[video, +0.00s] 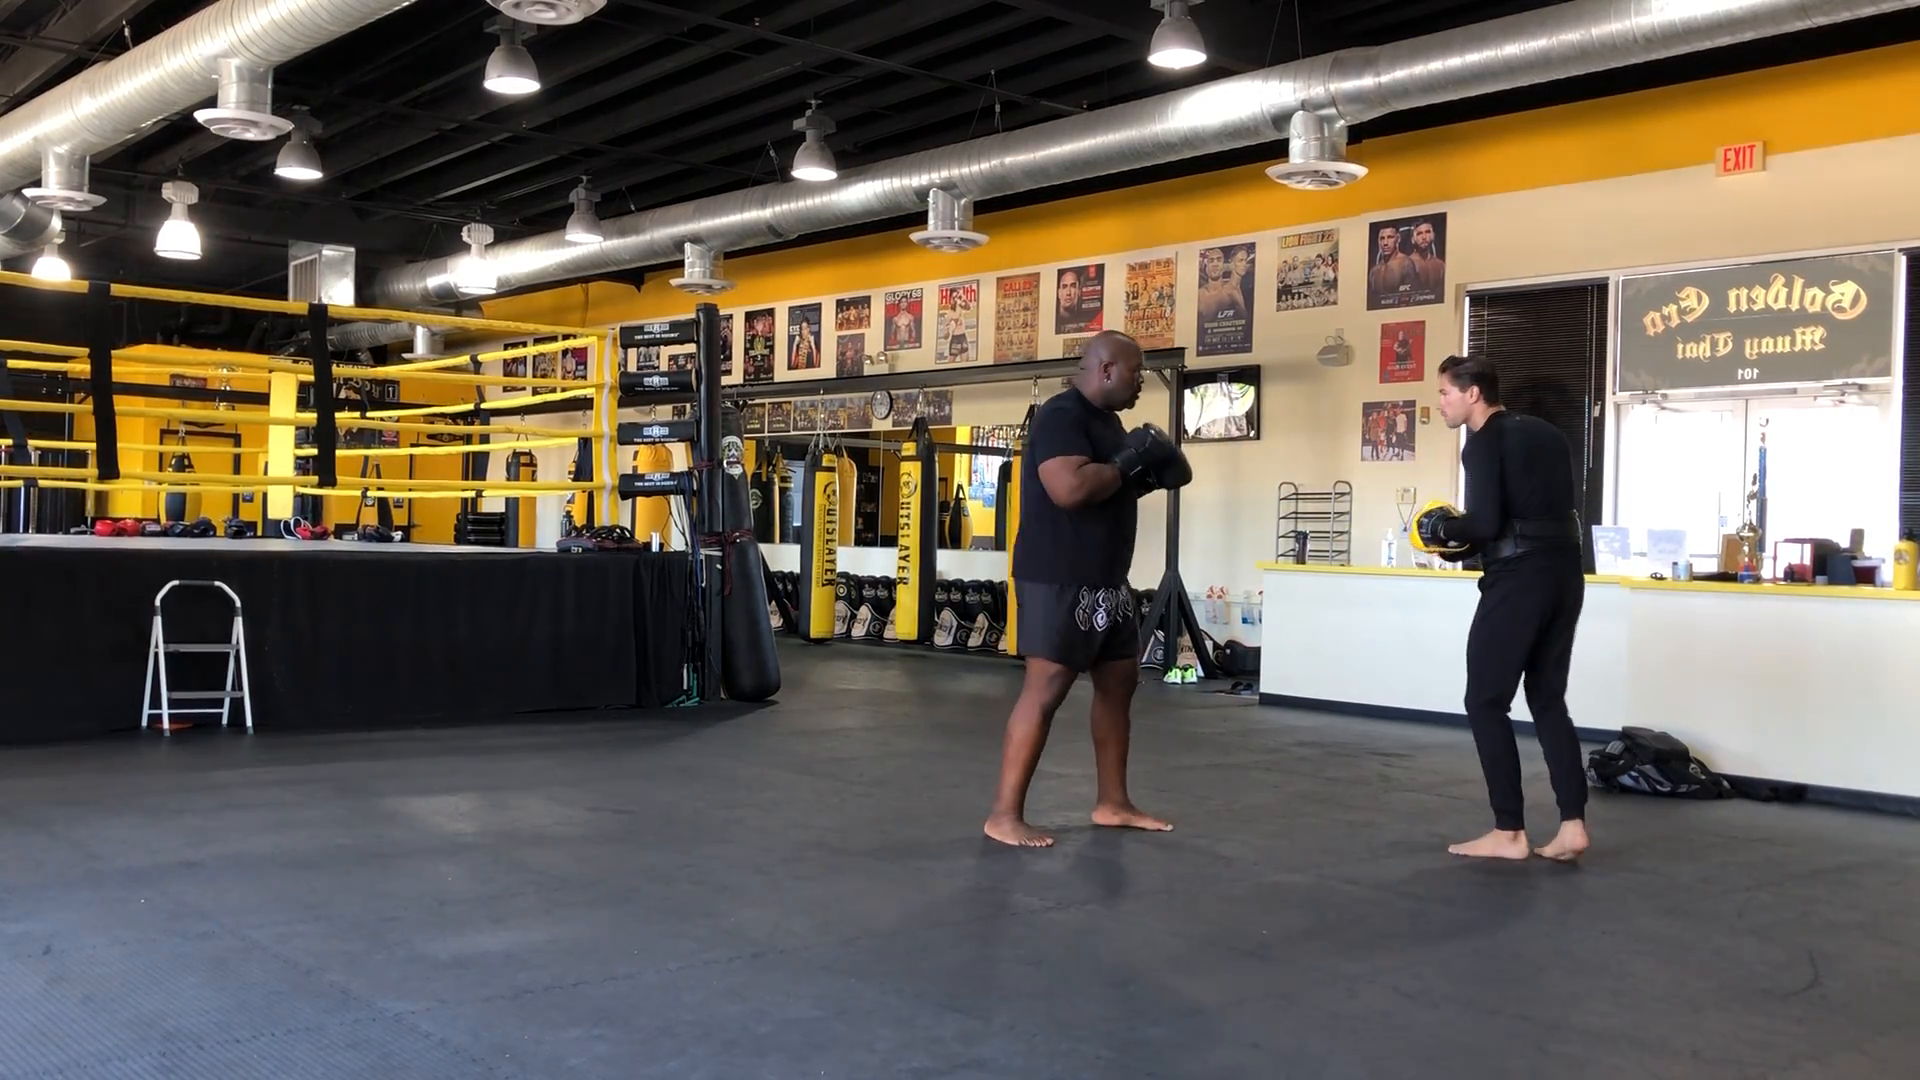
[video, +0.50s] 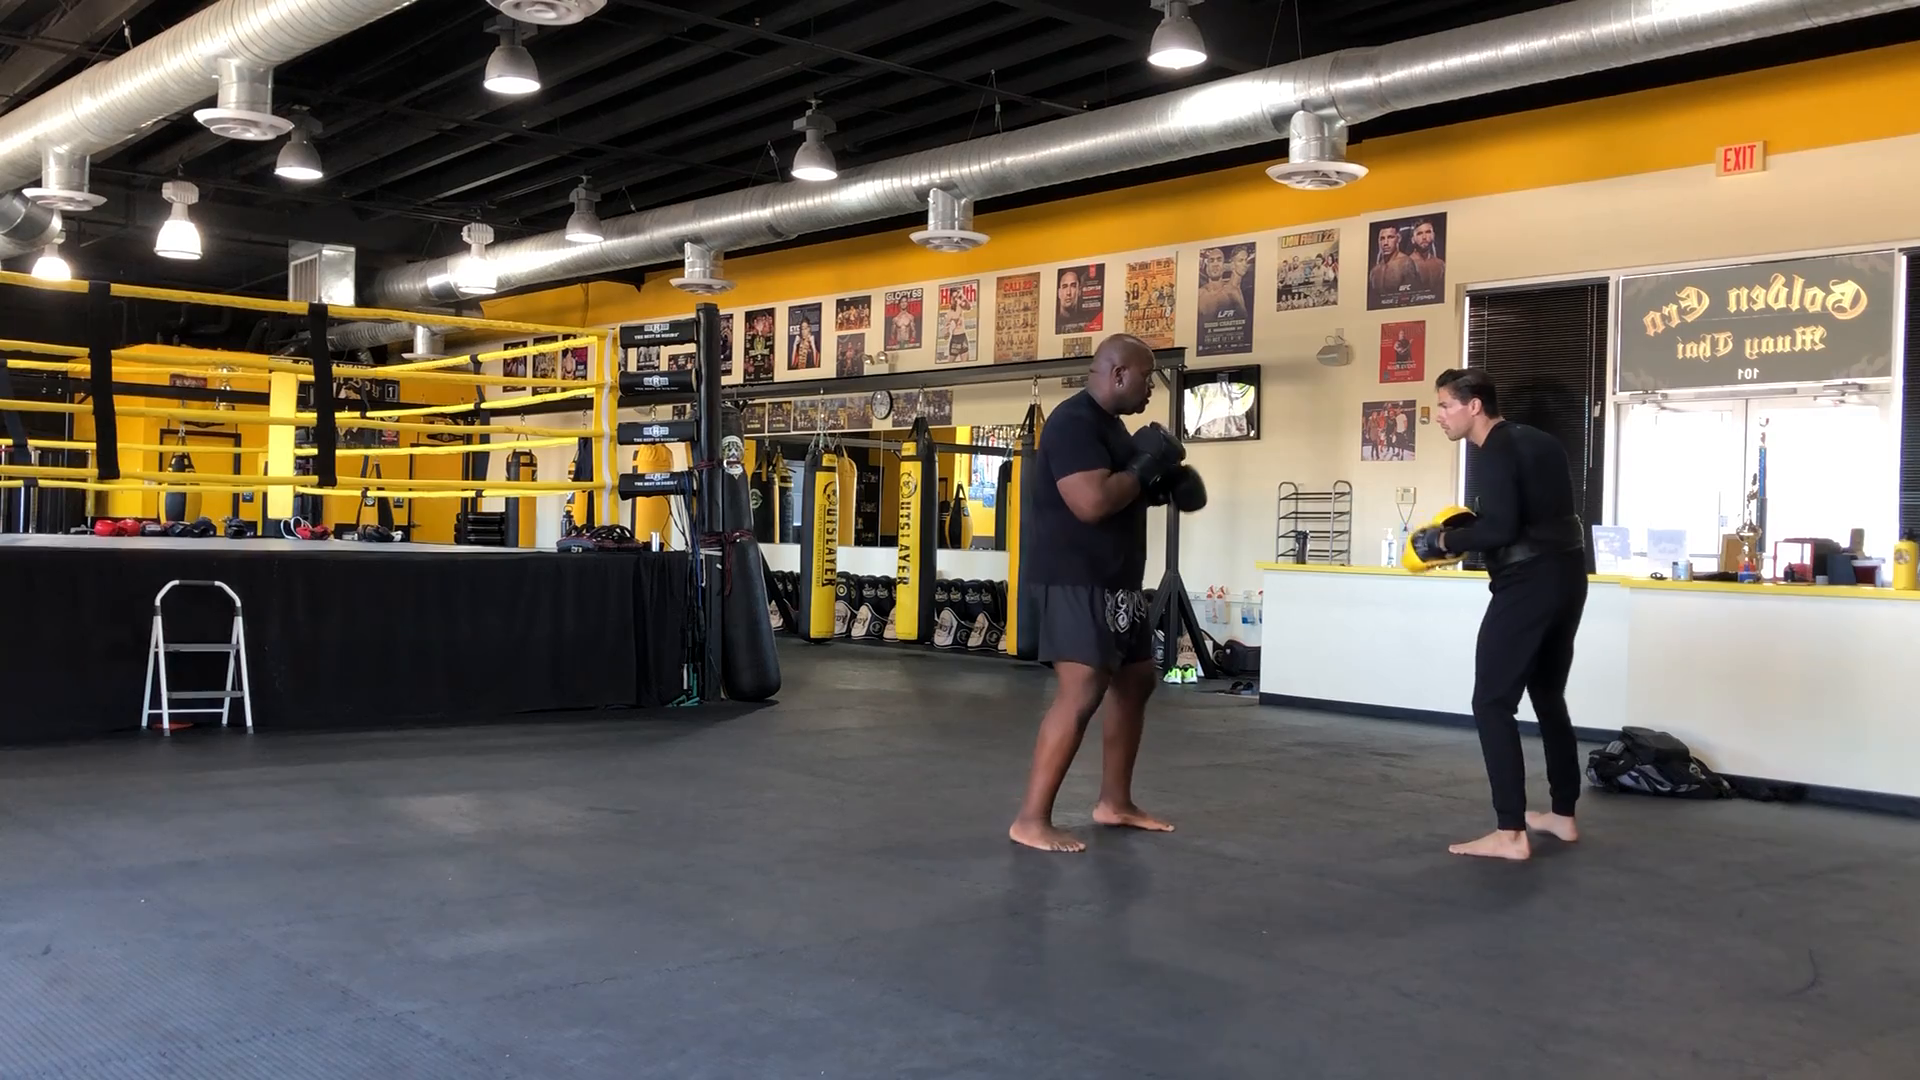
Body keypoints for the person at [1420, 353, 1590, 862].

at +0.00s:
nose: (1440, 404)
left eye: (1446, 394)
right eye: (1440, 394)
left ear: (1473, 394)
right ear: (1481, 395)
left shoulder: (1484, 440)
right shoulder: (1546, 434)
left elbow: (1484, 525)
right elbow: (1547, 520)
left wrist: (1445, 529)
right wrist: (1473, 547)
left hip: (1518, 577)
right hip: (1566, 576)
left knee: (1485, 701)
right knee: (1548, 699)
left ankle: (1508, 833)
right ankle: (1573, 827)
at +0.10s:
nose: (1432, 412)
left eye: (1437, 402)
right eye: (1431, 403)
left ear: (1466, 400)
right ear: (1474, 399)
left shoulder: (1479, 448)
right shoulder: (1539, 436)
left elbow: (1476, 536)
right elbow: (1542, 522)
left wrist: (1440, 534)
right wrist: (1467, 543)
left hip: (1517, 581)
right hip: (1564, 578)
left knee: (1482, 704)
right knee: (1540, 696)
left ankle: (1509, 834)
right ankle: (1579, 806)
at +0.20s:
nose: (1428, 415)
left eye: (1434, 405)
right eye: (1428, 406)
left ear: (1463, 402)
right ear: (1472, 402)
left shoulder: (1479, 448)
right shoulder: (1538, 437)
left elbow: (1474, 538)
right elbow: (1538, 523)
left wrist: (1436, 534)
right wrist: (1464, 541)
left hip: (1519, 582)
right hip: (1565, 578)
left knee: (1482, 704)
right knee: (1541, 690)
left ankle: (1509, 834)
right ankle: (1582, 809)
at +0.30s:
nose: (1429, 412)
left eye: (1434, 402)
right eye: (1428, 403)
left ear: (1463, 400)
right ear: (1471, 400)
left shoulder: (1481, 447)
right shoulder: (1538, 435)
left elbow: (1477, 532)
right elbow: (1536, 516)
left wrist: (1436, 529)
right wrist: (1456, 526)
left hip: (1520, 579)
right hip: (1565, 576)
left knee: (1489, 704)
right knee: (1549, 691)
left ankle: (1509, 833)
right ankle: (1574, 812)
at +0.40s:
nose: (1432, 413)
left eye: (1438, 403)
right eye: (1432, 404)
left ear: (1467, 401)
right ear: (1473, 402)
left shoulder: (1487, 443)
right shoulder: (1538, 436)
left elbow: (1487, 526)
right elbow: (1530, 518)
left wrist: (1436, 530)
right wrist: (1457, 521)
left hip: (1522, 580)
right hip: (1567, 575)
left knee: (1492, 703)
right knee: (1553, 693)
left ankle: (1510, 833)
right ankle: (1565, 811)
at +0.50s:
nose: (1439, 416)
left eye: (1445, 406)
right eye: (1438, 407)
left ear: (1473, 406)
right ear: (1478, 407)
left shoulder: (1493, 449)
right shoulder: (1540, 442)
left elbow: (1499, 525)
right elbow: (1538, 519)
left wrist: (1441, 540)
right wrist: (1474, 524)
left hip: (1527, 583)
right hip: (1568, 578)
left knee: (1491, 703)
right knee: (1548, 696)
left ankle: (1510, 832)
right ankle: (1563, 816)